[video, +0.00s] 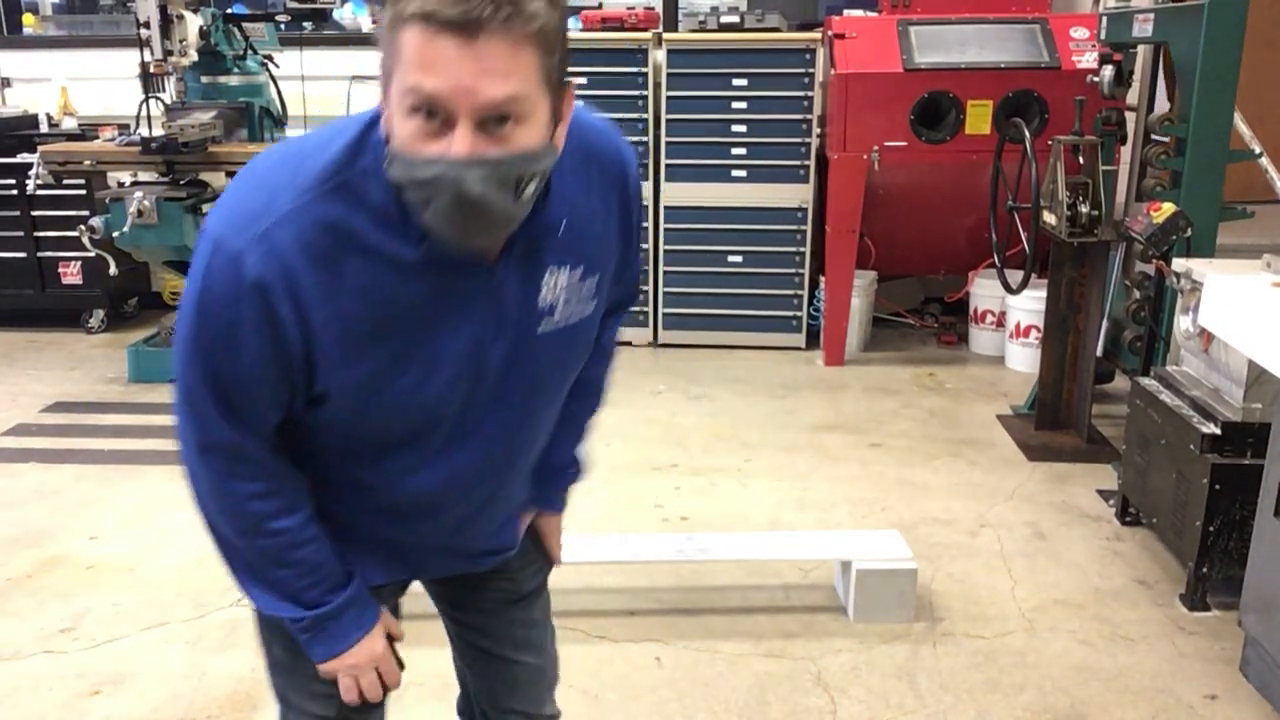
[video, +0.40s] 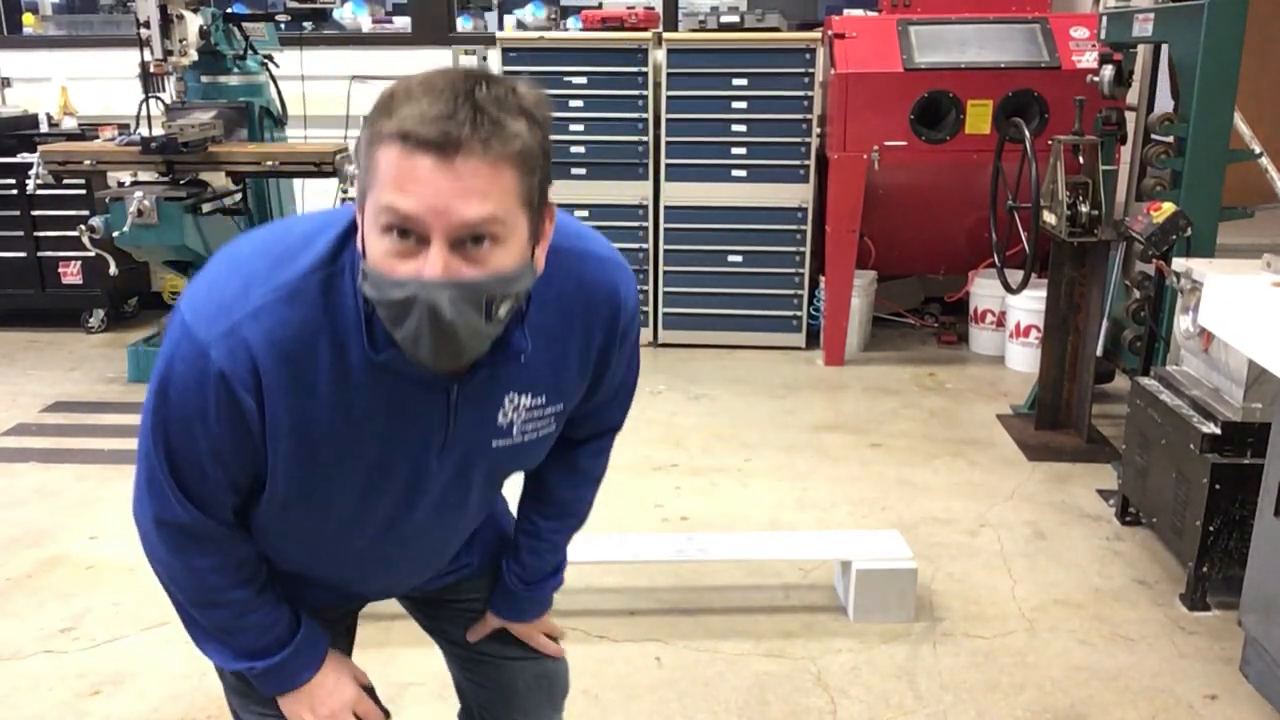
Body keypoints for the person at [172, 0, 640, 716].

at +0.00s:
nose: (460, 156)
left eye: (499, 120)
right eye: (428, 116)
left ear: (562, 111)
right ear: (384, 99)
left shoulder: (599, 175)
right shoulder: (265, 244)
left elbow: (592, 342)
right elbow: (227, 452)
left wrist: (547, 487)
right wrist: (328, 615)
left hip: (488, 506)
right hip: (326, 526)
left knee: (523, 703)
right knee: (336, 710)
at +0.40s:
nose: (435, 278)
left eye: (474, 242)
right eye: (403, 236)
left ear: (540, 233)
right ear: (360, 219)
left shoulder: (591, 295)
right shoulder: (232, 332)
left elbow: (577, 450)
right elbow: (183, 527)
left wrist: (525, 585)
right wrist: (292, 665)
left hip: (452, 530)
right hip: (286, 553)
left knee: (528, 687)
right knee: (290, 709)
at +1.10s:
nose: (497, 313)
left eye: (534, 279)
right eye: (466, 274)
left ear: (584, 267)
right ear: (416, 254)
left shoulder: (616, 313)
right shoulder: (294, 368)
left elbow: (585, 468)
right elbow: (247, 560)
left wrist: (541, 601)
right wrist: (331, 697)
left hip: (460, 521)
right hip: (308, 547)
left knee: (537, 691)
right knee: (296, 705)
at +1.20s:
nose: (559, 304)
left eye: (581, 269)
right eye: (526, 274)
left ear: (603, 240)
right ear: (438, 247)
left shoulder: (615, 306)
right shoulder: (299, 364)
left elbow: (585, 466)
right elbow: (250, 563)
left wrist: (542, 600)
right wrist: (334, 699)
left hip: (459, 521)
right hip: (307, 547)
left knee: (540, 691)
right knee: (298, 706)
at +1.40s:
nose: (666, 228)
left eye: (666, 210)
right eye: (659, 213)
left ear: (578, 234)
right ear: (579, 232)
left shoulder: (585, 291)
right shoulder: (321, 346)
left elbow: (565, 450)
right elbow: (270, 561)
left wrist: (537, 595)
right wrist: (334, 701)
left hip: (446, 508)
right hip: (289, 534)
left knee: (531, 691)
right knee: (304, 703)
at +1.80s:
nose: (704, 233)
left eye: (709, 211)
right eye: (708, 212)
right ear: (659, 234)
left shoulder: (569, 273)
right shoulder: (436, 353)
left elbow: (534, 440)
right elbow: (336, 588)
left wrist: (509, 576)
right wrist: (357, 706)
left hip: (407, 493)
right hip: (249, 531)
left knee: (502, 678)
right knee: (332, 706)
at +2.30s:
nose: (729, 251)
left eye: (730, 225)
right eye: (711, 229)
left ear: (612, 223)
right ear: (612, 221)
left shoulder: (595, 283)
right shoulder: (436, 350)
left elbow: (549, 441)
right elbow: (340, 571)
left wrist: (515, 575)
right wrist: (366, 702)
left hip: (417, 487)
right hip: (257, 518)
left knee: (505, 685)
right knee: (331, 700)